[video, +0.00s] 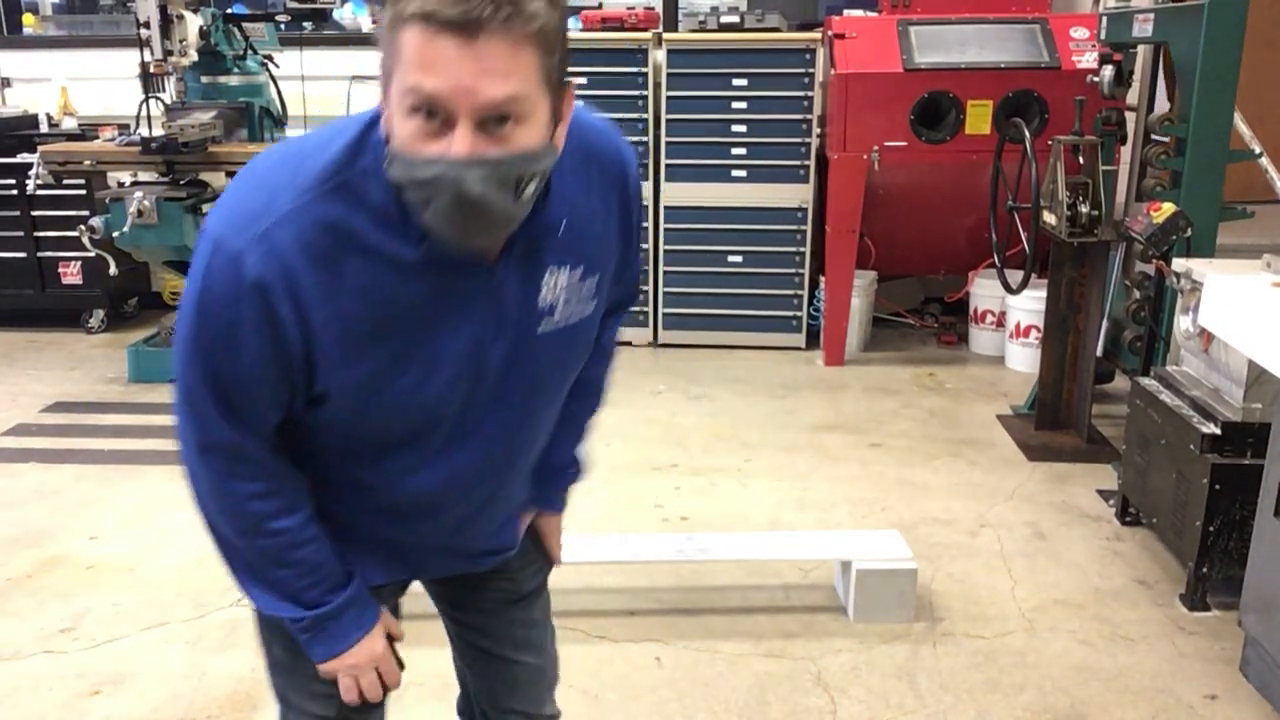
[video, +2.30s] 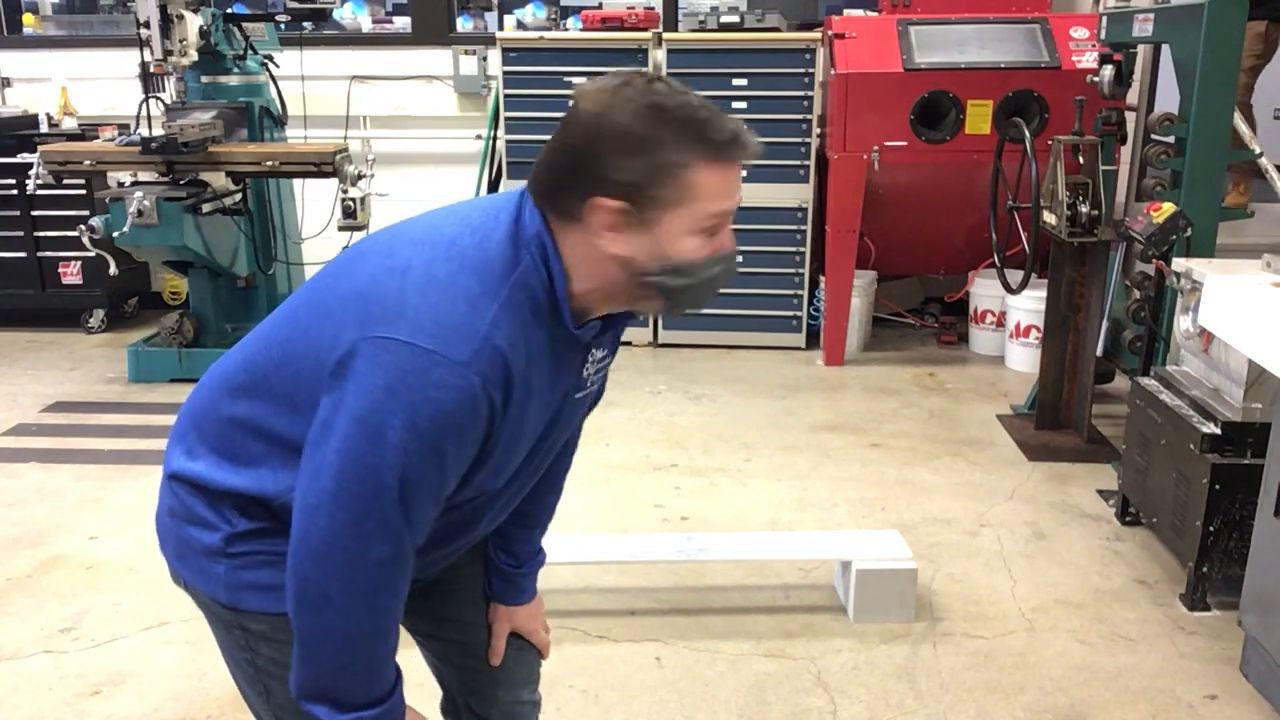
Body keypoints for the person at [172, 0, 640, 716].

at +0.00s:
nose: (460, 156)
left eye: (499, 120)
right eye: (428, 116)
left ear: (562, 111)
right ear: (384, 99)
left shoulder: (599, 175)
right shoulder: (265, 244)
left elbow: (592, 342)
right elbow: (227, 452)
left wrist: (547, 487)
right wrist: (328, 615)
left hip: (488, 506)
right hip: (326, 526)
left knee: (523, 703)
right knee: (336, 710)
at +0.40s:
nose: (435, 278)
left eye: (474, 242)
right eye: (403, 236)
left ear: (540, 233)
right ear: (360, 219)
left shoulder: (591, 295)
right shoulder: (232, 332)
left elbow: (577, 450)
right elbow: (183, 527)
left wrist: (525, 585)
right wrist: (292, 665)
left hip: (452, 530)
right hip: (286, 553)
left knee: (528, 687)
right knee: (290, 709)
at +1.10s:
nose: (497, 313)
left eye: (534, 279)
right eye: (466, 274)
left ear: (584, 267)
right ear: (416, 254)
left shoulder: (616, 313)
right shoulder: (294, 368)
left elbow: (585, 468)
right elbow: (247, 560)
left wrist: (541, 601)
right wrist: (331, 697)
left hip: (460, 521)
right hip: (308, 547)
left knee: (537, 691)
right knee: (296, 705)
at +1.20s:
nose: (559, 304)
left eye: (581, 269)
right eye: (526, 274)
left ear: (603, 240)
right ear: (438, 247)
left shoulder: (615, 306)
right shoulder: (299, 364)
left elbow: (585, 466)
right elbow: (250, 563)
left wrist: (542, 600)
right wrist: (334, 699)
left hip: (459, 521)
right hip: (307, 547)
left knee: (540, 691)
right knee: (298, 706)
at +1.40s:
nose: (666, 228)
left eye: (666, 210)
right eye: (659, 213)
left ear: (578, 234)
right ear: (579, 232)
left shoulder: (585, 291)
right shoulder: (321, 346)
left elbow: (565, 450)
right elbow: (270, 561)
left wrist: (537, 595)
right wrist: (334, 701)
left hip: (446, 508)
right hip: (289, 534)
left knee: (531, 691)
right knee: (304, 703)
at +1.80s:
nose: (704, 233)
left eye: (709, 211)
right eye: (708, 212)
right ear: (659, 234)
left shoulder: (569, 273)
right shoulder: (436, 353)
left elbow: (534, 440)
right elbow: (336, 588)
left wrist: (509, 576)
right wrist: (357, 706)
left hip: (407, 493)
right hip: (249, 531)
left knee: (502, 678)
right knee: (332, 706)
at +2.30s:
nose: (729, 251)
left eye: (730, 225)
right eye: (711, 229)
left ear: (612, 223)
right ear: (612, 221)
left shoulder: (595, 283)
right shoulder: (436, 350)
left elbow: (549, 441)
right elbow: (340, 571)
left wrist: (515, 575)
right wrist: (366, 702)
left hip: (417, 487)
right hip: (257, 518)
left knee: (505, 685)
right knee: (331, 700)